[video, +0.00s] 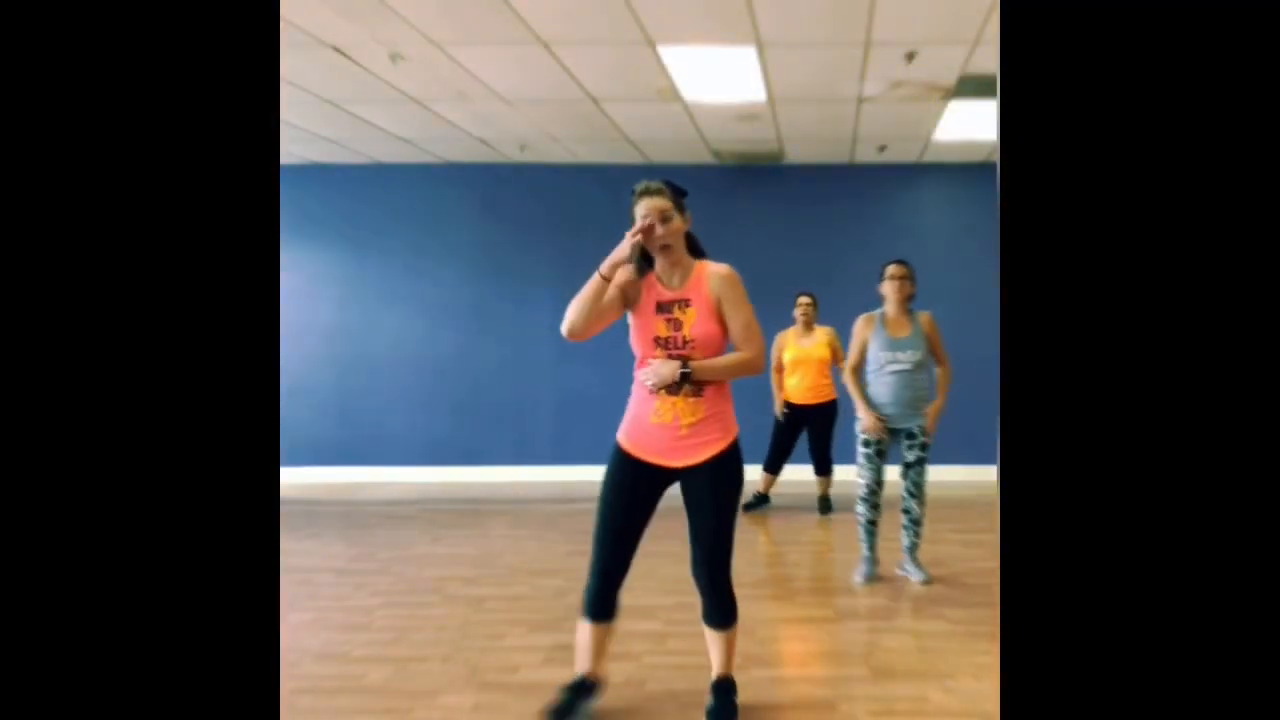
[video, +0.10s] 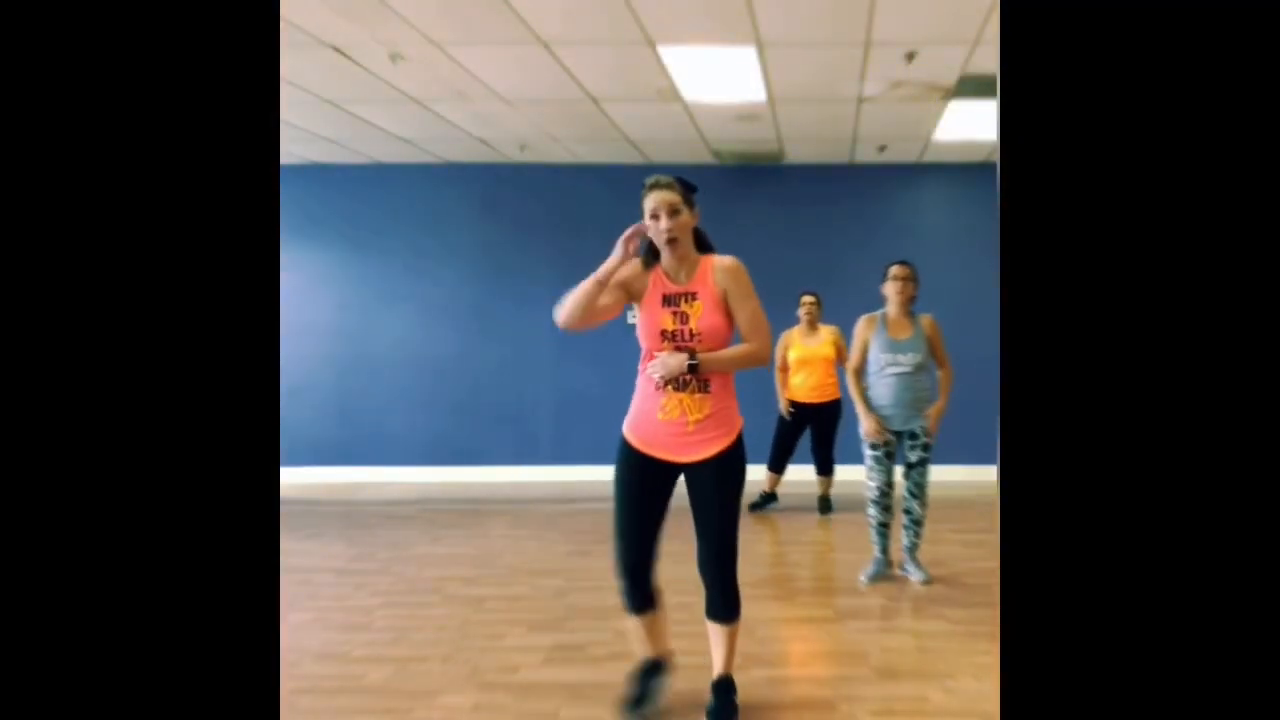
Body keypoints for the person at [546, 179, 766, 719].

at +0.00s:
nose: (656, 229)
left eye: (664, 218)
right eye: (646, 222)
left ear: (685, 221)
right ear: (637, 232)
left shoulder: (718, 278)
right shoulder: (631, 285)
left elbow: (753, 357)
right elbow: (575, 329)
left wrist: (687, 368)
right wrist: (612, 264)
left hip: (710, 444)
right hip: (642, 442)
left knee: (711, 572)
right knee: (605, 568)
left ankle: (722, 686)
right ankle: (586, 678)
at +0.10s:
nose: (664, 223)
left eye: (673, 212)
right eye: (654, 215)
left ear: (694, 215)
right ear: (645, 224)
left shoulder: (725, 271)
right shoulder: (637, 279)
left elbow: (760, 348)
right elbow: (568, 319)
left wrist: (693, 361)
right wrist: (610, 265)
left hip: (714, 439)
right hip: (647, 437)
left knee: (718, 568)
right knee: (632, 566)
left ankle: (722, 683)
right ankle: (657, 658)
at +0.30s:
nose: (672, 226)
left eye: (682, 217)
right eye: (663, 219)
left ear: (703, 225)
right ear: (654, 231)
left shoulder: (730, 283)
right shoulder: (640, 278)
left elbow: (763, 357)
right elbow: (559, 272)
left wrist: (700, 370)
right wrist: (502, 269)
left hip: (721, 445)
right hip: (654, 445)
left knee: (724, 569)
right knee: (636, 564)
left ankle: (726, 684)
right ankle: (677, 654)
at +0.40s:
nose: (668, 228)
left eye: (679, 220)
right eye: (660, 222)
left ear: (700, 232)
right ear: (650, 235)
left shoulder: (727, 289)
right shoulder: (633, 284)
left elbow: (759, 363)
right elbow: (546, 275)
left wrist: (698, 376)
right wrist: (465, 264)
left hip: (723, 451)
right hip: (653, 450)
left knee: (732, 570)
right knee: (600, 559)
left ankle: (727, 682)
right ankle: (631, 638)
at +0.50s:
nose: (662, 230)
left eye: (672, 222)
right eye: (653, 224)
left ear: (692, 235)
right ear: (643, 237)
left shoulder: (716, 294)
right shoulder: (622, 286)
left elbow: (749, 369)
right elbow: (532, 278)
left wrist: (689, 377)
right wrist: (453, 266)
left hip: (716, 454)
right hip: (645, 454)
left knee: (732, 575)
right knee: (584, 563)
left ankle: (728, 685)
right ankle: (574, 643)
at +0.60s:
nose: (649, 232)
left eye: (659, 225)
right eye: (640, 226)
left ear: (679, 237)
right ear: (630, 238)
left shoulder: (701, 301)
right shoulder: (607, 287)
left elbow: (728, 378)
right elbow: (516, 278)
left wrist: (673, 381)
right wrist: (439, 268)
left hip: (700, 456)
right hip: (629, 460)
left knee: (723, 574)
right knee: (586, 580)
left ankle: (727, 684)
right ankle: (537, 668)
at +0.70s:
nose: (634, 232)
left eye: (644, 225)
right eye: (626, 225)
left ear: (663, 240)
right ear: (614, 239)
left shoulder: (682, 306)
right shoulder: (587, 286)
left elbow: (704, 385)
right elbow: (498, 278)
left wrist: (649, 385)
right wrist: (417, 262)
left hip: (678, 457)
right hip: (605, 459)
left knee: (710, 571)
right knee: (570, 574)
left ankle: (725, 683)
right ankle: (535, 672)